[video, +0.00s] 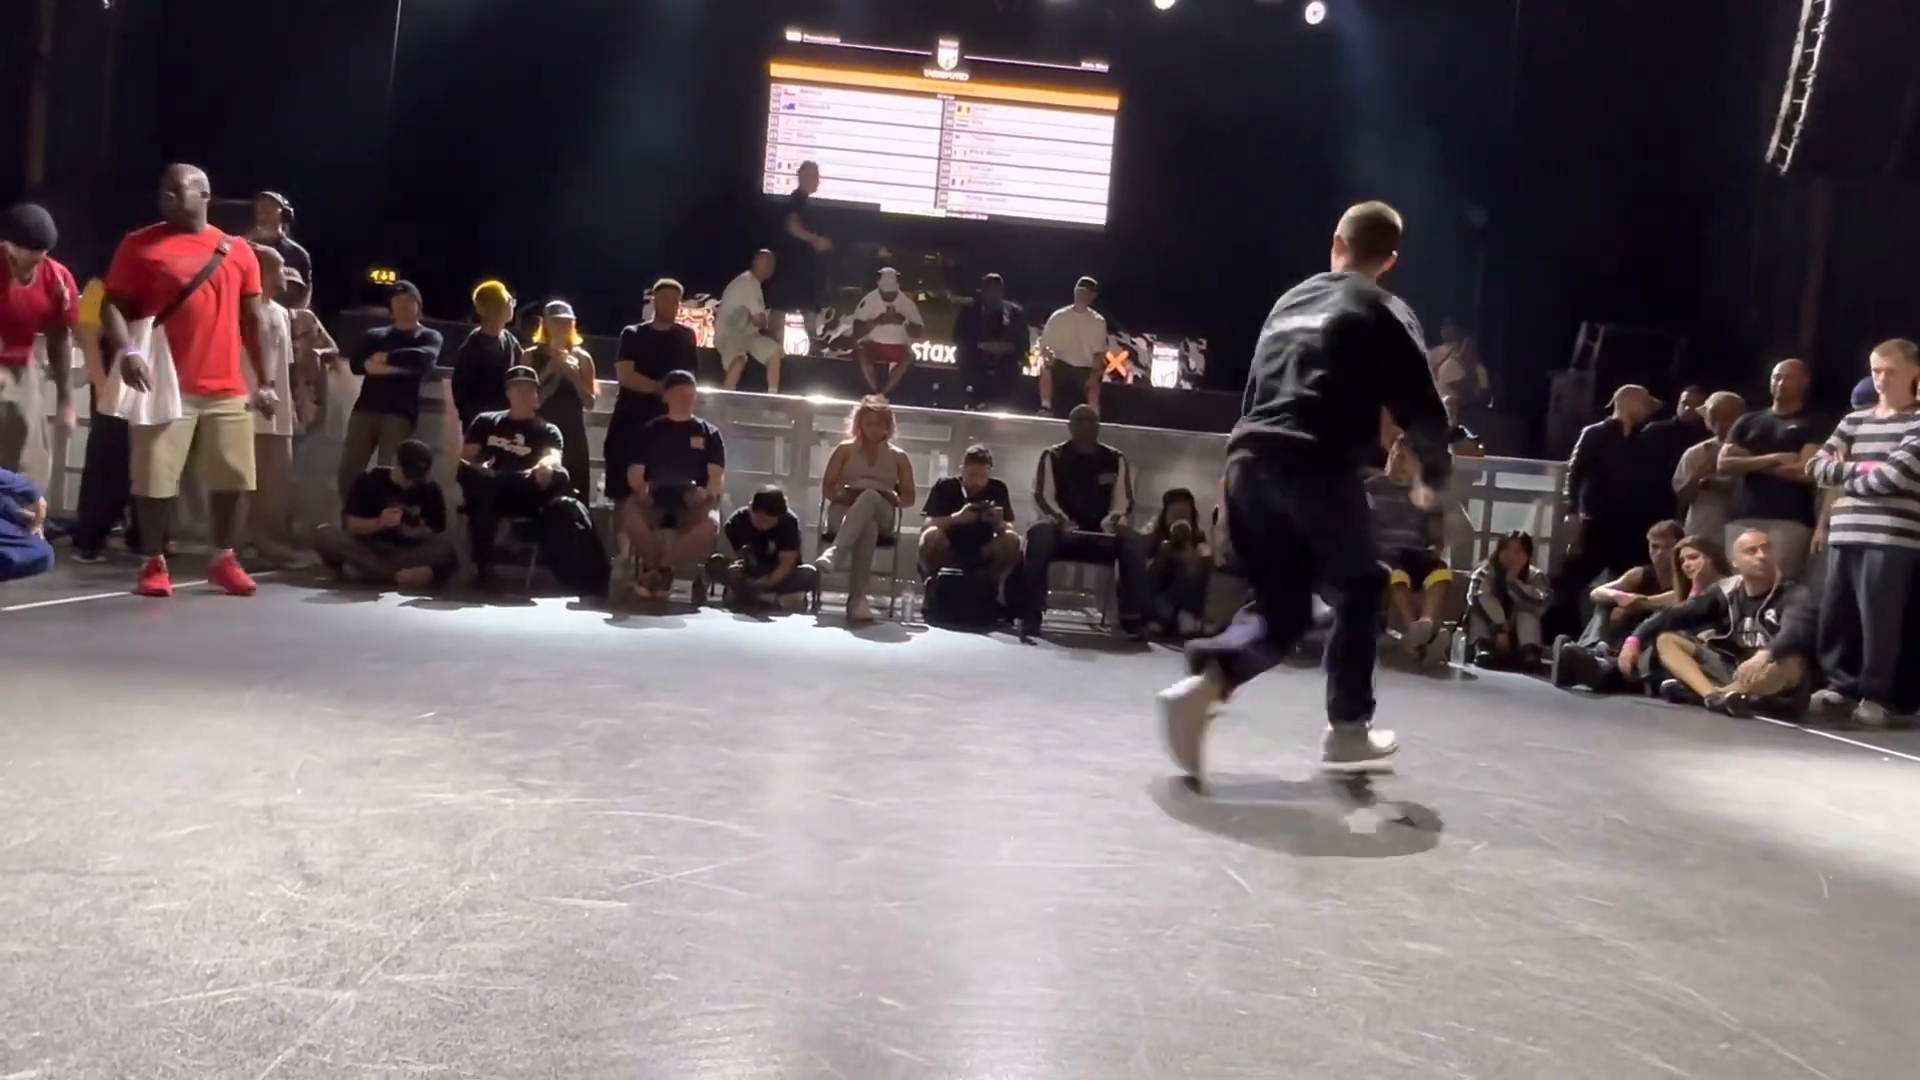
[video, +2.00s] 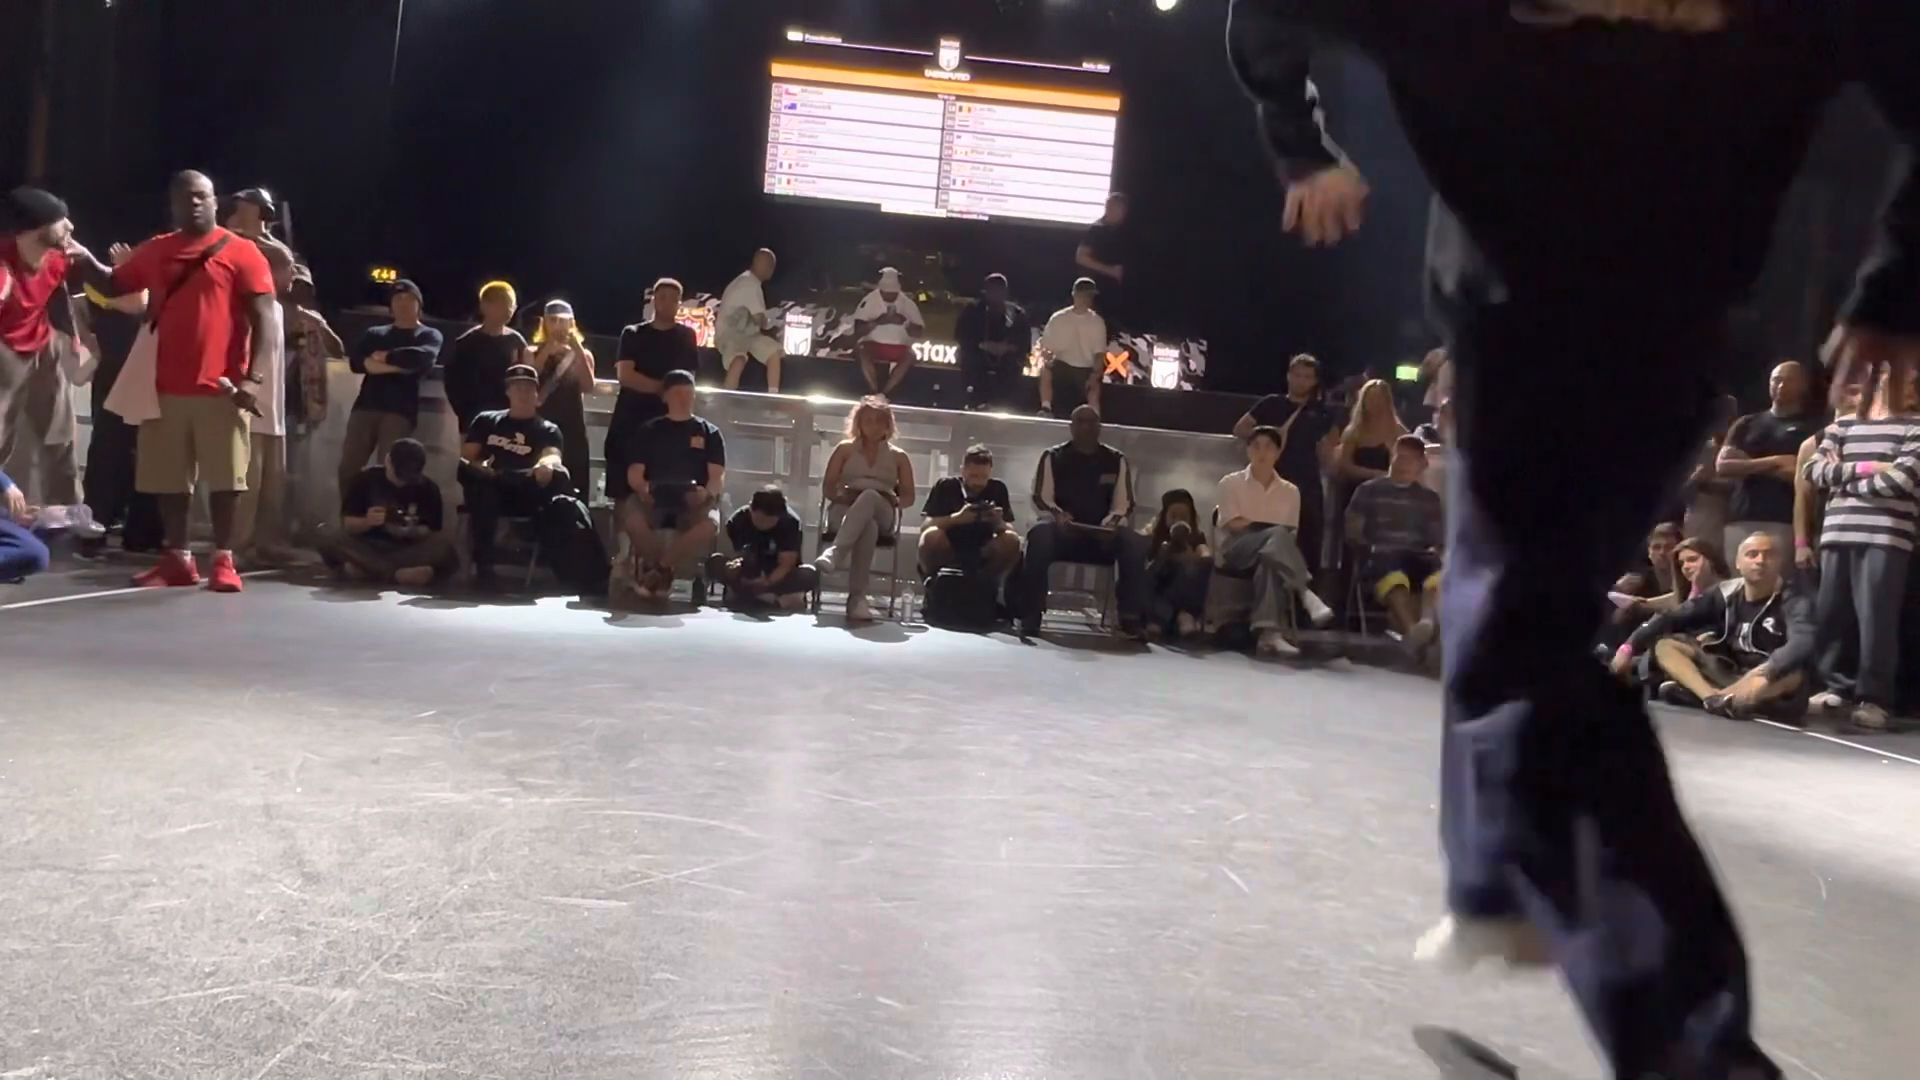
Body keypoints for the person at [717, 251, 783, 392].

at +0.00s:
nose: (769, 271)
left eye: (771, 267)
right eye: (767, 266)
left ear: (771, 268)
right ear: (758, 264)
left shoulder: (755, 284)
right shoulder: (747, 283)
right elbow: (759, 319)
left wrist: (757, 318)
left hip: (748, 333)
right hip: (729, 332)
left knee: (774, 353)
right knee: (739, 359)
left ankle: (772, 396)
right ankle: (725, 397)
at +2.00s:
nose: (772, 270)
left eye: (773, 267)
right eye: (771, 266)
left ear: (756, 264)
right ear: (762, 265)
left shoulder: (753, 282)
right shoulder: (749, 283)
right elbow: (759, 318)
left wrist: (764, 319)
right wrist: (767, 323)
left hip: (750, 334)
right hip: (730, 333)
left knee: (774, 353)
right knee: (738, 360)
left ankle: (773, 397)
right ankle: (726, 399)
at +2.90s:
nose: (770, 275)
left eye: (771, 271)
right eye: (768, 270)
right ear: (759, 269)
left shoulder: (753, 289)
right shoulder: (745, 287)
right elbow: (755, 322)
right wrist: (766, 327)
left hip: (749, 339)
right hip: (728, 338)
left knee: (773, 357)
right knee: (736, 364)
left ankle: (772, 402)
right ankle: (725, 404)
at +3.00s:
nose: (768, 276)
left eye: (769, 272)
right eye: (767, 271)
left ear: (755, 270)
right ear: (758, 270)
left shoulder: (752, 290)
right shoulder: (742, 288)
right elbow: (753, 323)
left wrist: (773, 318)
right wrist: (765, 327)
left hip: (747, 340)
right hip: (726, 340)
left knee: (772, 359)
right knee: (735, 365)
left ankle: (771, 403)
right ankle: (723, 405)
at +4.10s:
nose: (726, 286)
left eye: (730, 283)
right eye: (724, 281)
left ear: (734, 287)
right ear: (715, 282)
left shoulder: (733, 309)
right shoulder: (699, 301)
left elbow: (736, 341)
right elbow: (693, 333)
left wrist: (709, 335)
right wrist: (719, 332)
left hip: (724, 353)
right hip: (701, 352)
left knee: (753, 373)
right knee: (706, 380)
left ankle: (753, 419)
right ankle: (700, 423)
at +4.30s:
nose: (714, 275)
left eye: (719, 272)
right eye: (711, 271)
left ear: (724, 277)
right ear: (705, 273)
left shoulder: (725, 298)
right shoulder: (691, 292)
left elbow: (729, 334)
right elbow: (686, 325)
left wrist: (704, 326)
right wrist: (712, 323)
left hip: (719, 345)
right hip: (695, 344)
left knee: (747, 365)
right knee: (701, 372)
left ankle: (750, 410)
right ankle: (696, 414)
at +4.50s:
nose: (717, 282)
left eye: (720, 278)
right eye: (713, 277)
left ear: (723, 282)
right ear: (704, 278)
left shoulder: (725, 305)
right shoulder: (691, 299)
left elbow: (732, 336)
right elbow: (689, 332)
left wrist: (712, 330)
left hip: (720, 350)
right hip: (697, 350)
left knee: (748, 371)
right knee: (703, 379)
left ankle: (751, 416)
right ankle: (696, 420)